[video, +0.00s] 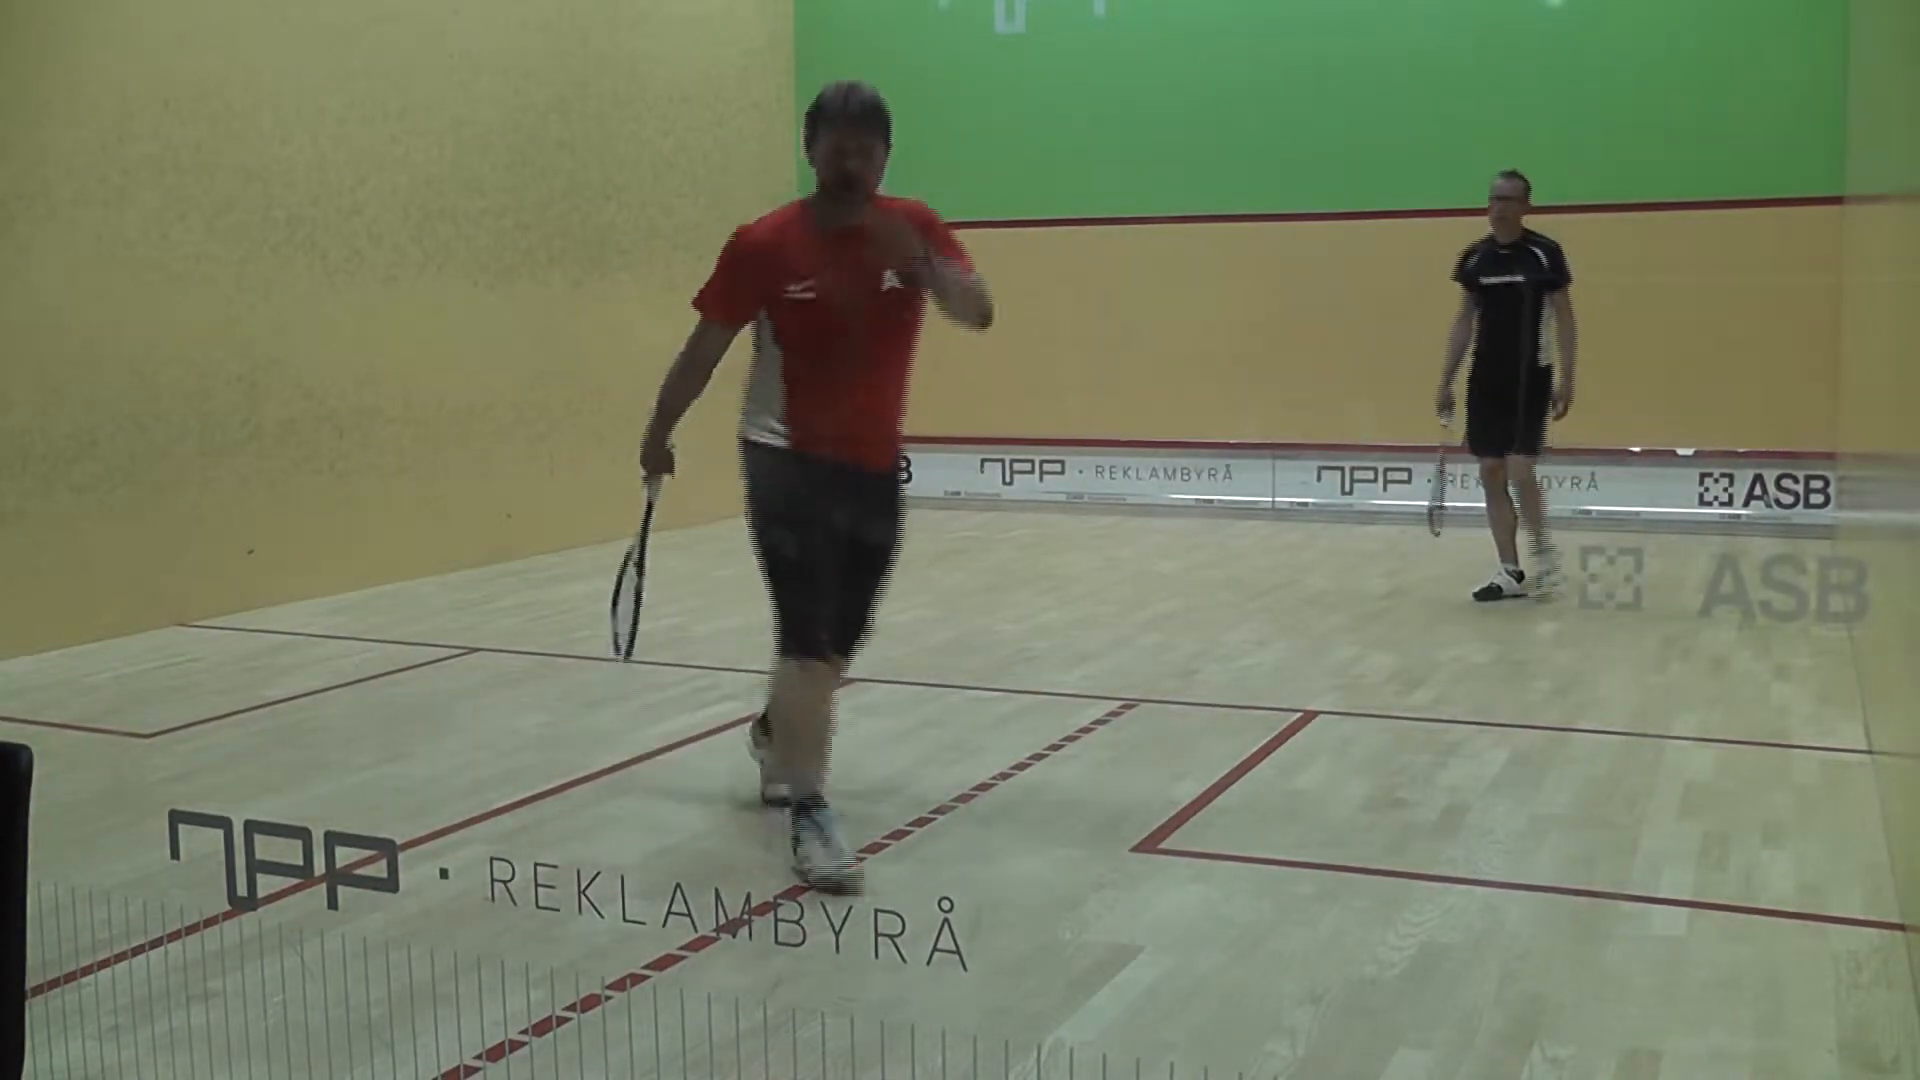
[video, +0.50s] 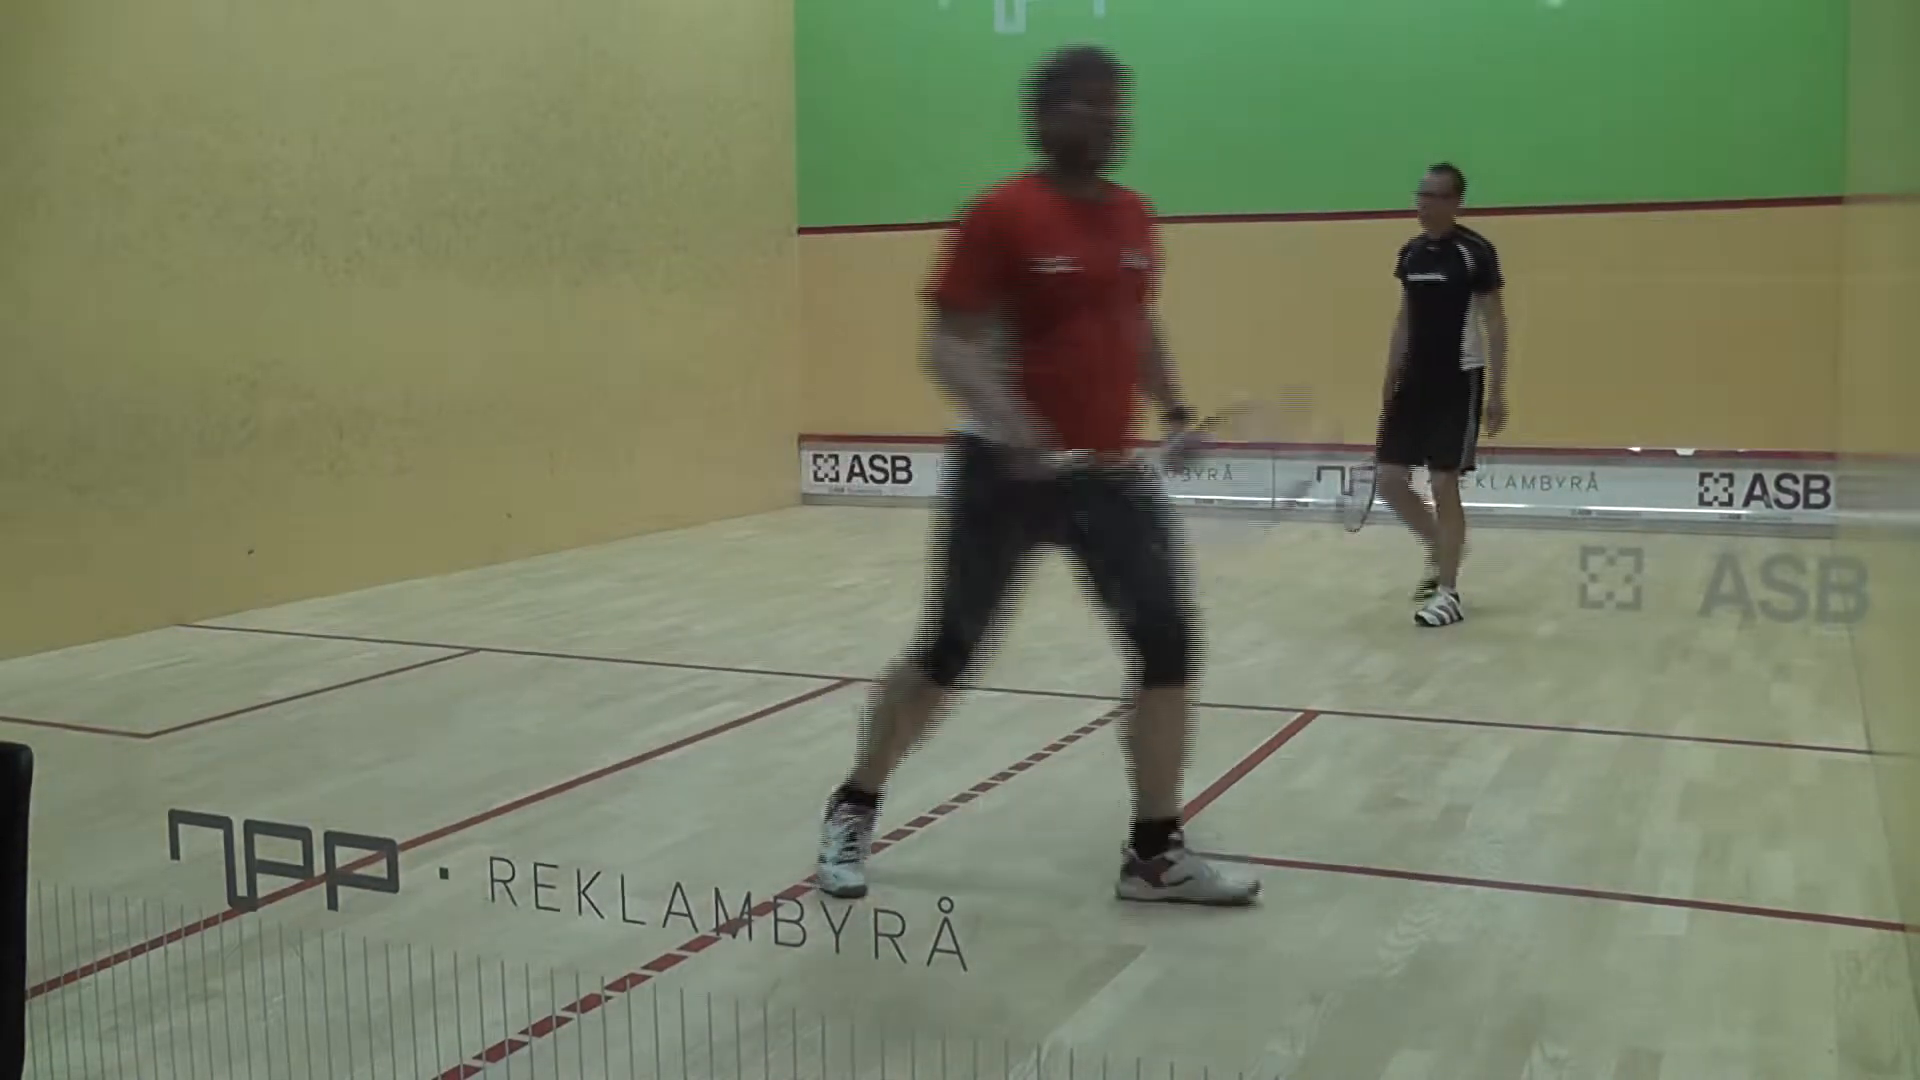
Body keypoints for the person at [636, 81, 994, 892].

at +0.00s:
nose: (846, 168)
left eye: (862, 153)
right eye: (833, 152)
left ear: (886, 155)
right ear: (808, 150)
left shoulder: (914, 226)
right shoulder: (765, 244)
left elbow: (979, 313)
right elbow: (705, 346)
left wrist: (923, 269)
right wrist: (656, 430)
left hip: (874, 464)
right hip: (788, 458)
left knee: (838, 639)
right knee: (810, 641)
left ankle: (775, 728)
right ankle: (812, 812)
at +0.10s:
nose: (877, 159)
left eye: (893, 142)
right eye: (860, 142)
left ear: (914, 148)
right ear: (832, 148)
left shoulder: (945, 224)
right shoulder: (800, 249)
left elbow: (990, 296)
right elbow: (725, 348)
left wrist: (934, 280)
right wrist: (665, 444)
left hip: (914, 469)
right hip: (825, 462)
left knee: (905, 653)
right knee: (842, 647)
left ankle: (799, 709)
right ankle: (824, 824)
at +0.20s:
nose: (899, 137)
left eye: (915, 120)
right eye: (884, 120)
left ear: (940, 128)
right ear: (858, 128)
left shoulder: (971, 214)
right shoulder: (819, 239)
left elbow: (1020, 305)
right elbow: (751, 356)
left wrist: (967, 348)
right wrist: (711, 465)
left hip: (939, 464)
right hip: (845, 458)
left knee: (961, 642)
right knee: (849, 639)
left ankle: (858, 717)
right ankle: (827, 820)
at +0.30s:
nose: (961, 113)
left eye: (974, 97)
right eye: (944, 98)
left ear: (994, 106)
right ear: (913, 106)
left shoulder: (1026, 208)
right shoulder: (872, 212)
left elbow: (1066, 324)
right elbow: (827, 338)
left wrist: (1062, 425)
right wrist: (819, 445)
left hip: (989, 455)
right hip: (887, 452)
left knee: (1050, 618)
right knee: (869, 631)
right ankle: (834, 818)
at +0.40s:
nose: (1017, 109)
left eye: (1026, 93)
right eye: (997, 95)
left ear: (1042, 104)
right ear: (960, 109)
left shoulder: (1064, 211)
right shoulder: (918, 212)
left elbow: (1089, 328)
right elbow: (880, 342)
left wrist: (1114, 416)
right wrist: (907, 442)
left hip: (1026, 462)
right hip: (924, 460)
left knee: (1089, 626)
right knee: (890, 637)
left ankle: (1105, 826)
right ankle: (839, 818)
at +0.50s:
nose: (1114, 121)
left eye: (1119, 105)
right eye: (1093, 105)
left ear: (1123, 119)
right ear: (1042, 117)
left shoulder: (1129, 216)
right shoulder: (1001, 218)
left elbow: (1136, 322)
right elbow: (953, 349)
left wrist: (1173, 406)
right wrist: (1018, 432)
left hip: (1106, 477)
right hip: (1007, 476)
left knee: (1167, 645)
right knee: (950, 657)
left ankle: (1155, 852)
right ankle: (854, 805)